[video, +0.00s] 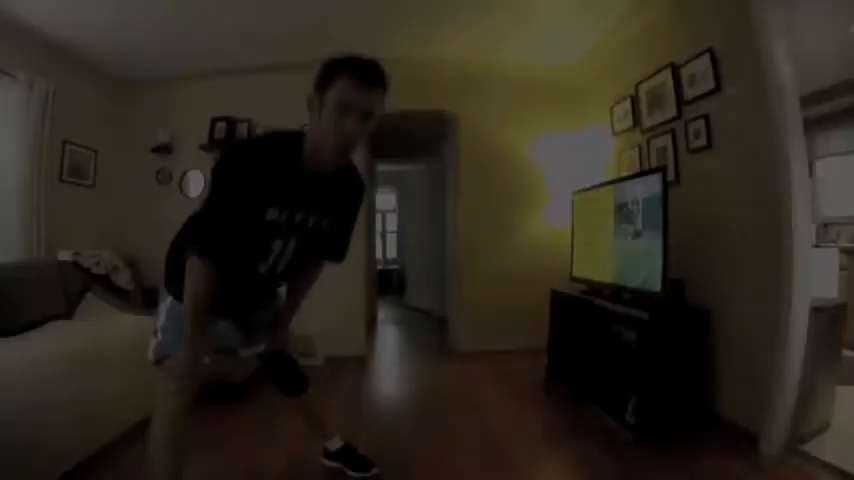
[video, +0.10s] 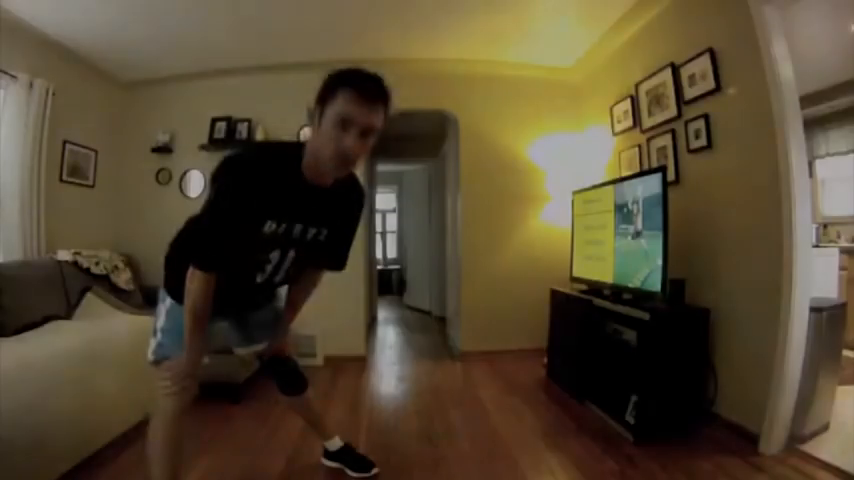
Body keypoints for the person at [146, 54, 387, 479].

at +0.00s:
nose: (354, 127)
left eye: (365, 117)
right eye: (345, 111)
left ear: (374, 121)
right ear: (316, 106)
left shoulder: (347, 186)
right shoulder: (252, 157)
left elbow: (311, 265)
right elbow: (203, 254)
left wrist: (281, 328)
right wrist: (193, 352)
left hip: (260, 286)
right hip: (201, 280)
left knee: (283, 367)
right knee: (181, 381)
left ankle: (331, 446)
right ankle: (164, 470)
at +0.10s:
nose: (352, 144)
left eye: (366, 134)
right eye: (344, 126)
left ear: (375, 140)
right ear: (316, 119)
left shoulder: (349, 197)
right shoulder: (251, 167)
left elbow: (312, 270)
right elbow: (203, 264)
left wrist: (282, 330)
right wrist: (191, 358)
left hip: (257, 291)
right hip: (196, 288)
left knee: (287, 375)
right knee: (175, 392)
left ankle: (332, 445)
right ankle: (163, 475)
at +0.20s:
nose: (349, 154)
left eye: (364, 144)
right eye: (340, 134)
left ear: (374, 148)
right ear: (311, 126)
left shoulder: (348, 204)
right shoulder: (247, 176)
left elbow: (311, 273)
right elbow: (202, 270)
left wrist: (282, 333)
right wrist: (191, 357)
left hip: (253, 292)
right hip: (193, 288)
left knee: (283, 373)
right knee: (172, 389)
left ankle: (333, 445)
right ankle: (164, 476)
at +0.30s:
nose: (347, 162)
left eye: (362, 150)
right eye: (338, 141)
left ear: (372, 154)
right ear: (309, 132)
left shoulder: (347, 210)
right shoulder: (244, 184)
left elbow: (310, 277)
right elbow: (201, 277)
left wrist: (280, 336)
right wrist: (189, 361)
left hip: (252, 295)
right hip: (190, 291)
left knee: (282, 372)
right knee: (170, 389)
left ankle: (333, 445)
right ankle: (164, 477)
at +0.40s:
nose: (346, 167)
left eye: (362, 155)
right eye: (337, 147)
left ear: (372, 158)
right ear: (308, 137)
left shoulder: (347, 214)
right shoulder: (245, 189)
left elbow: (309, 281)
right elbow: (201, 280)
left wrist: (279, 337)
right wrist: (188, 362)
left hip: (252, 296)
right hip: (189, 293)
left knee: (282, 372)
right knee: (169, 393)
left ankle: (332, 444)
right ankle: (161, 477)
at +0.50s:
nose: (348, 172)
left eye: (363, 160)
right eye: (338, 152)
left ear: (373, 163)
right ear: (308, 140)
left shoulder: (347, 216)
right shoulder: (248, 191)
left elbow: (308, 282)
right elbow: (201, 284)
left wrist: (280, 337)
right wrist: (187, 363)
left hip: (251, 296)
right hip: (187, 293)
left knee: (282, 371)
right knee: (170, 394)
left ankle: (333, 444)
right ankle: (162, 477)